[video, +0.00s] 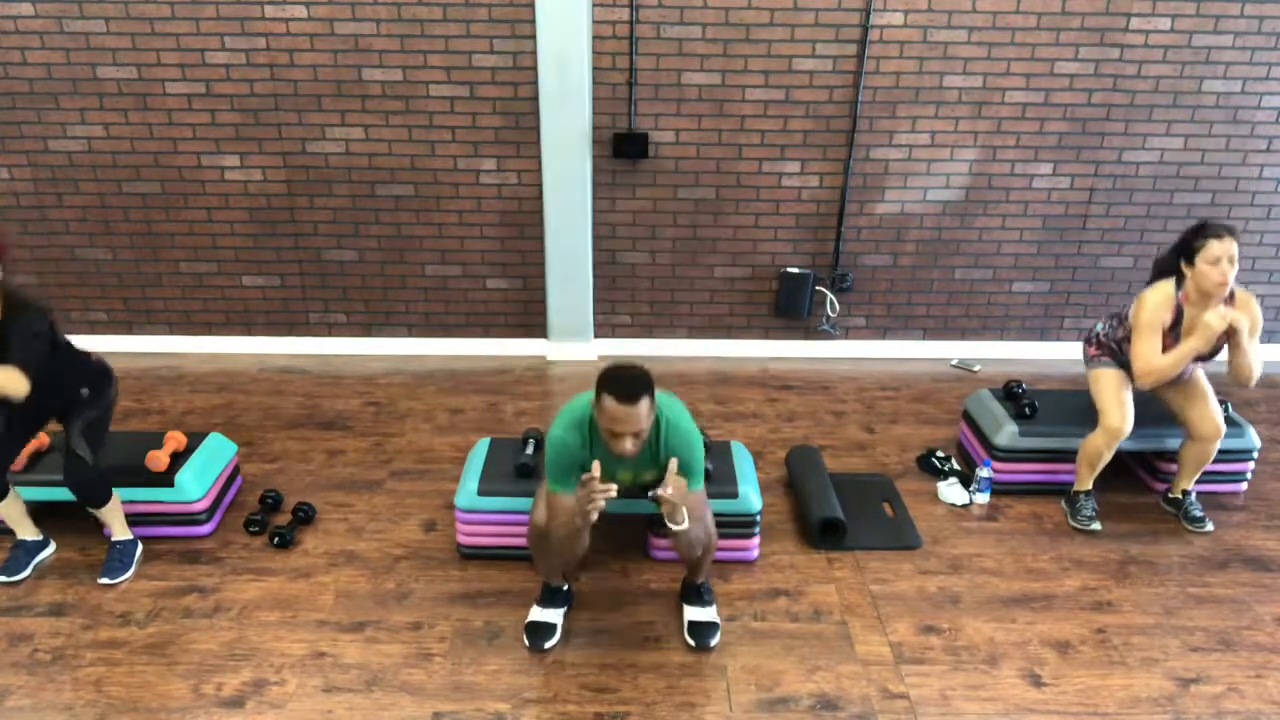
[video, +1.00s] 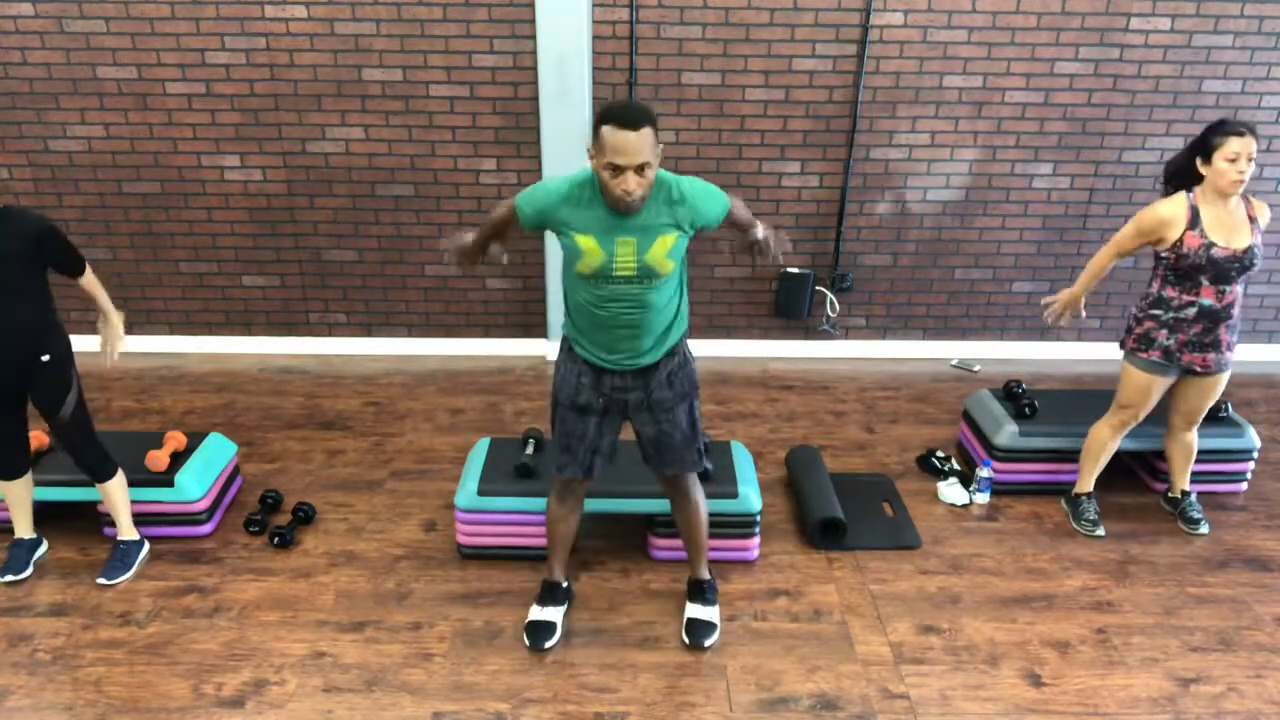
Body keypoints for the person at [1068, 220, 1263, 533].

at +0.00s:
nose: (1226, 272)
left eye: (1232, 261)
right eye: (1214, 262)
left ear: (1238, 265)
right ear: (1187, 267)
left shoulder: (1244, 306)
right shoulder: (1156, 300)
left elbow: (1245, 379)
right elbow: (1145, 376)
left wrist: (1240, 335)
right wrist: (1199, 341)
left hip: (1173, 352)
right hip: (1114, 348)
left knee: (1210, 430)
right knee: (1117, 425)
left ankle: (1180, 493)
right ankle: (1080, 492)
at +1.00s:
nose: (1244, 169)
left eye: (1249, 161)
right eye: (1234, 159)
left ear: (1254, 165)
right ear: (1204, 164)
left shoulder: (1256, 213)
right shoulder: (1171, 213)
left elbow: (1226, 265)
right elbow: (1112, 250)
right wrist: (1075, 293)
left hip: (1215, 340)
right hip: (1161, 334)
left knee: (1187, 425)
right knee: (1123, 416)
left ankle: (1180, 494)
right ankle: (1081, 493)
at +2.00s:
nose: (1228, 293)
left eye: (1233, 283)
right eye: (1218, 284)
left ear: (1239, 285)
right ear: (1188, 288)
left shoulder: (1238, 322)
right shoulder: (1159, 315)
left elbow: (1269, 383)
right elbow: (1159, 388)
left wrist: (1274, 351)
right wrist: (1221, 344)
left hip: (1166, 373)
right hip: (1109, 368)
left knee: (1214, 437)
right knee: (1119, 435)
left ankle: (1179, 494)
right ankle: (1080, 495)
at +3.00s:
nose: (1244, 173)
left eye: (1249, 164)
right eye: (1233, 164)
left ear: (1254, 166)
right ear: (1203, 167)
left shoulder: (1254, 212)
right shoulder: (1170, 214)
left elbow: (1225, 265)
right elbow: (1106, 250)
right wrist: (1063, 288)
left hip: (1209, 342)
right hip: (1157, 335)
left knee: (1183, 425)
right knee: (1119, 416)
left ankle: (1179, 494)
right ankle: (1081, 494)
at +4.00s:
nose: (1234, 296)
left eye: (1240, 286)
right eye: (1222, 287)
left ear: (1245, 288)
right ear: (1192, 289)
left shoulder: (1244, 327)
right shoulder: (1161, 321)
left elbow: (1257, 402)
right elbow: (1153, 398)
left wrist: (1253, 360)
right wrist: (1208, 362)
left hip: (1168, 374)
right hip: (1112, 369)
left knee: (1221, 441)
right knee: (1118, 439)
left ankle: (1179, 494)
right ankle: (1079, 495)